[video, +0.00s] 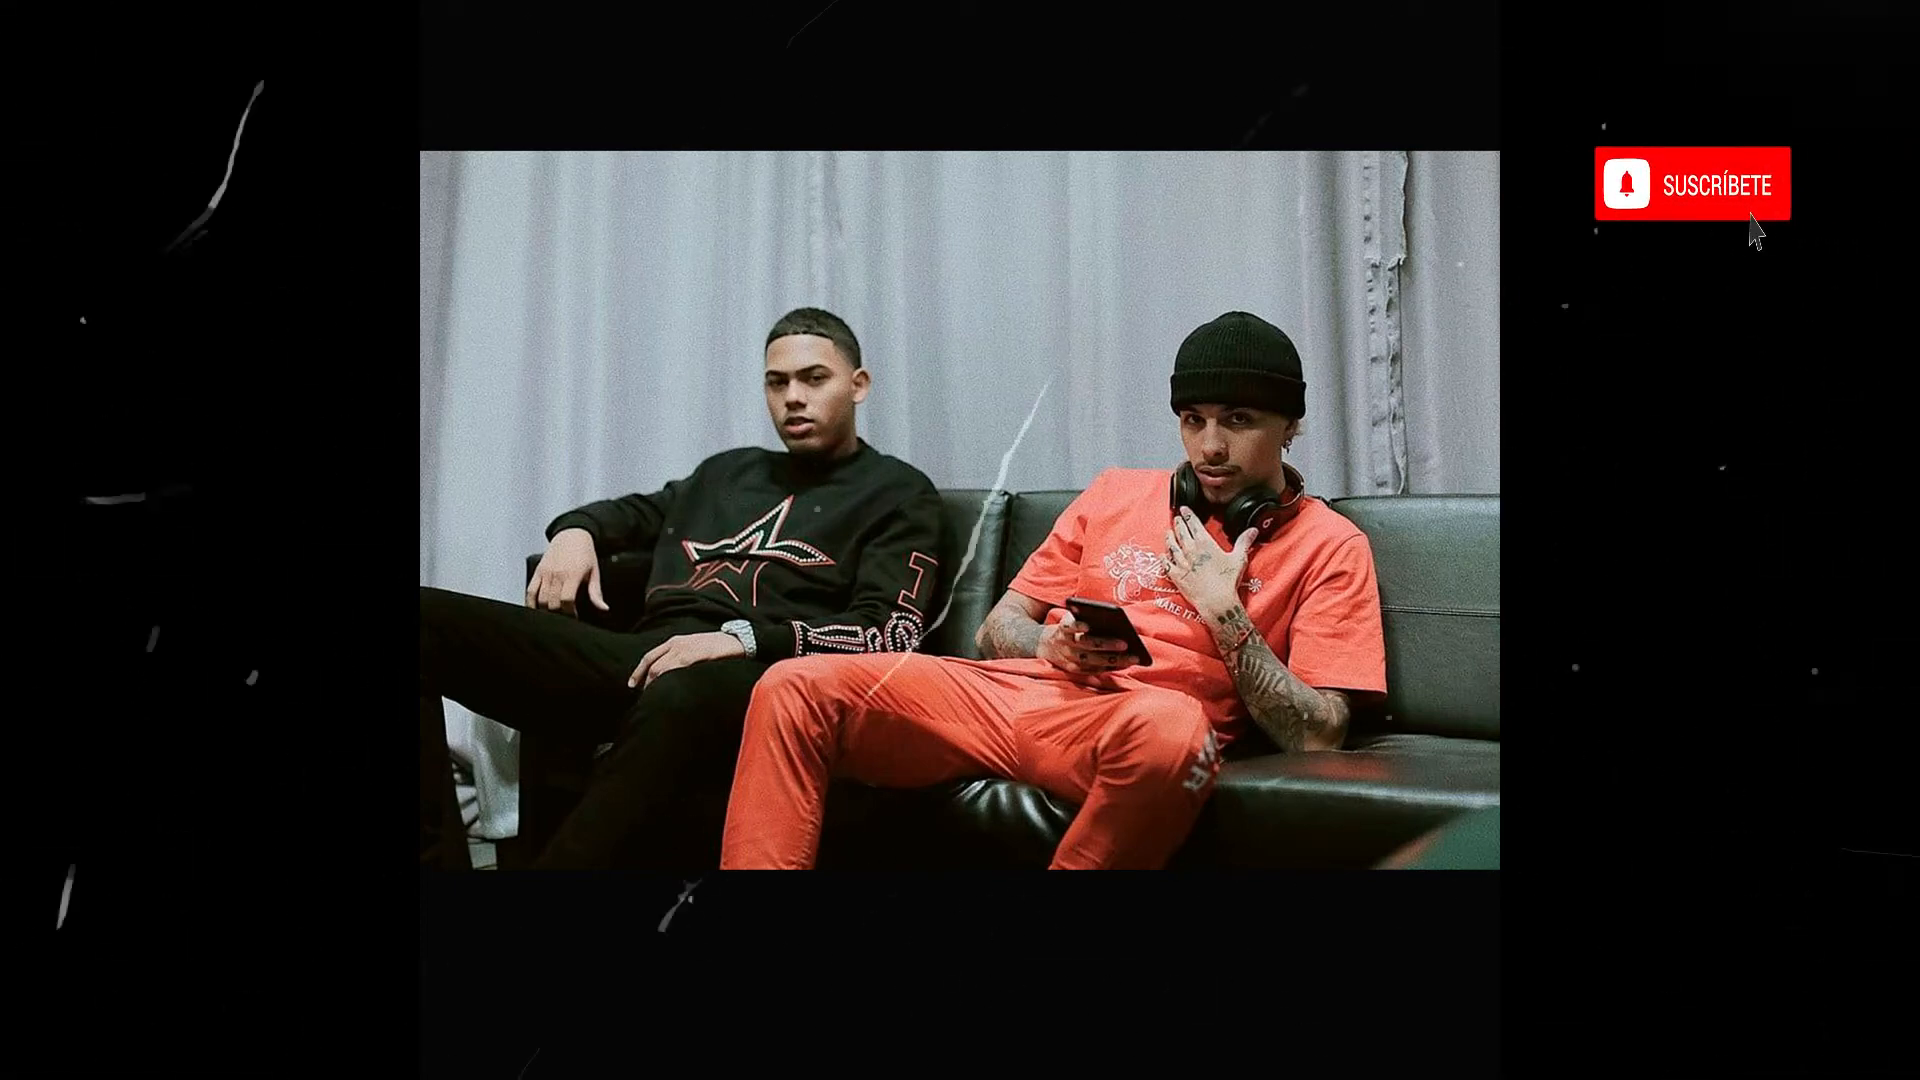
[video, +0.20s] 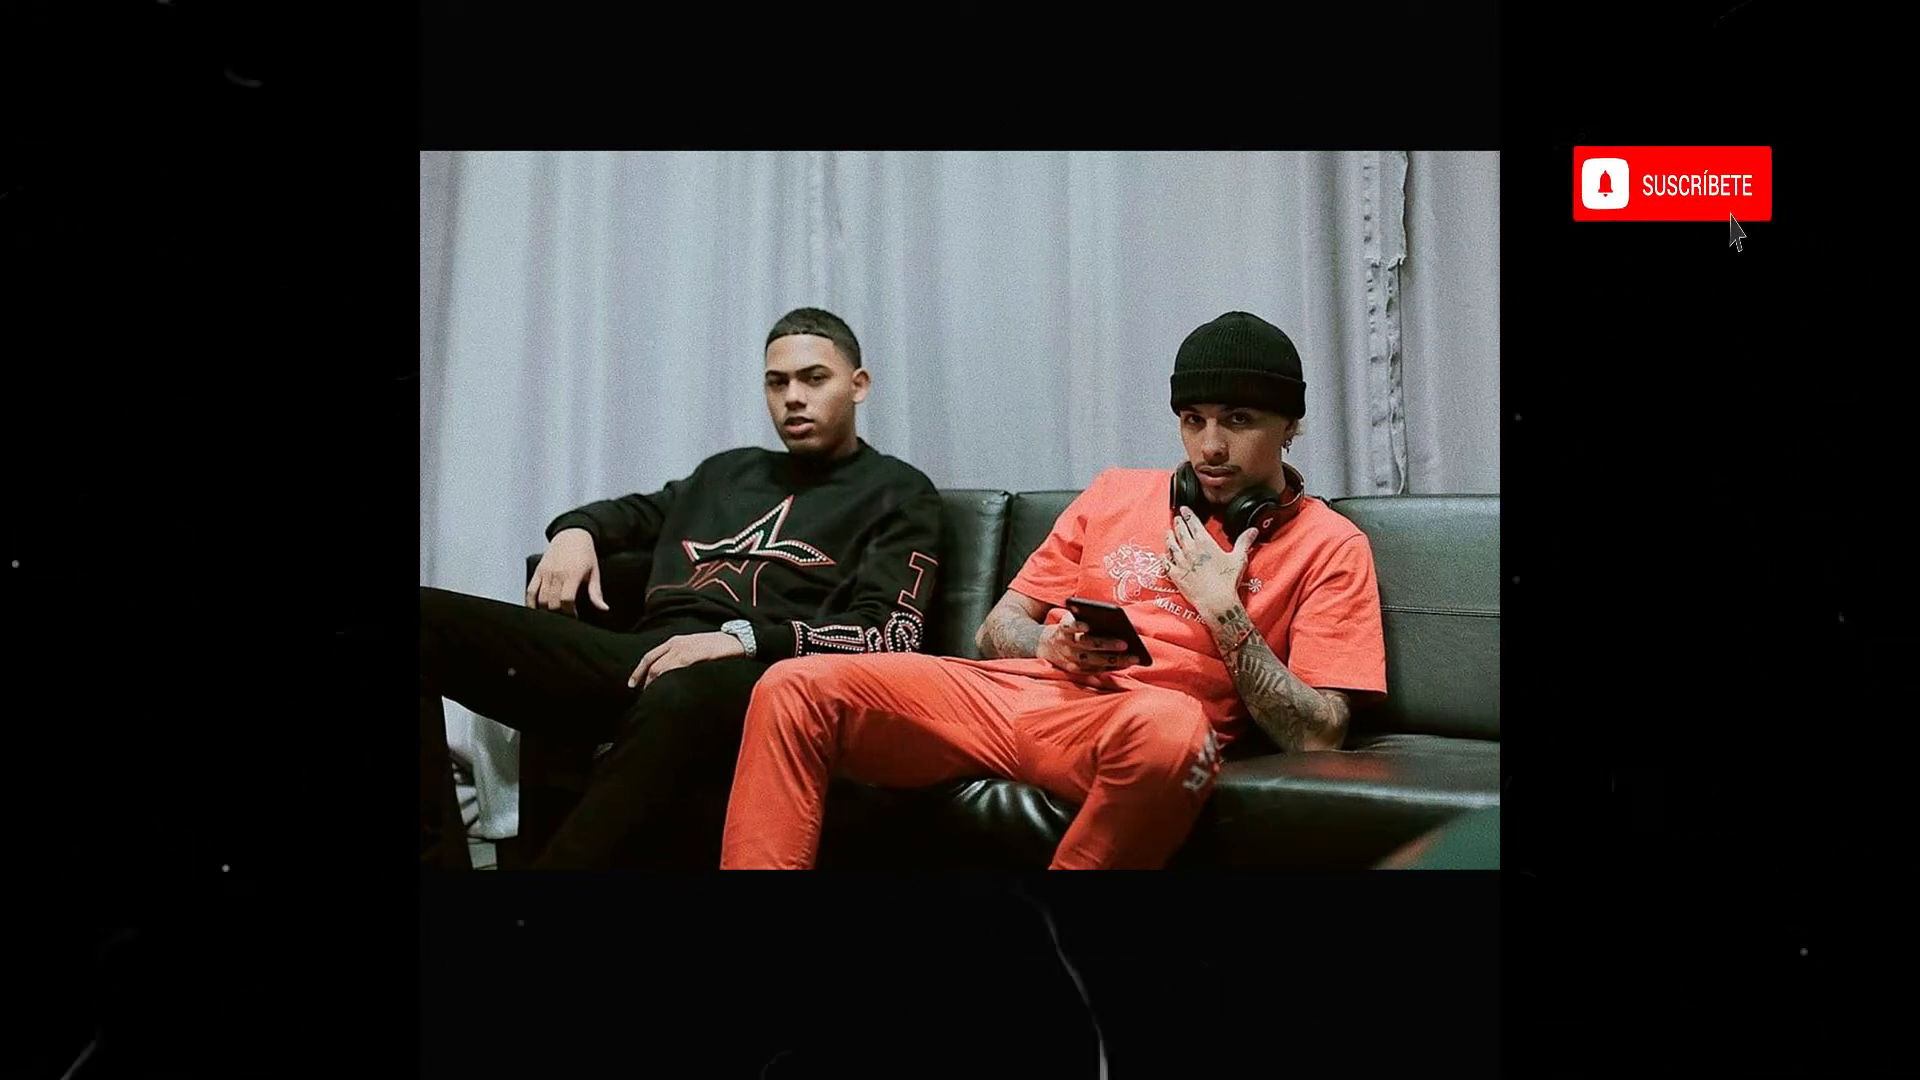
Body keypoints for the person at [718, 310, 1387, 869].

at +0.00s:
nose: (1210, 446)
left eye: (1238, 421)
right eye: (1195, 419)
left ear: (1289, 428)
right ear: (1178, 422)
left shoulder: (1328, 546)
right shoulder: (1117, 493)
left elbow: (1318, 735)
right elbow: (1000, 625)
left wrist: (1227, 616)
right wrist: (1051, 647)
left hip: (1133, 707)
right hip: (1015, 685)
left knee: (1169, 747)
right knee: (791, 694)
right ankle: (755, 914)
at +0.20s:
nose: (1210, 445)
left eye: (1238, 421)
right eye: (1195, 419)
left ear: (1288, 429)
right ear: (1179, 422)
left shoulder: (1328, 546)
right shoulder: (1117, 493)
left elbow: (1317, 735)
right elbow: (999, 626)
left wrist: (1227, 615)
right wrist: (1051, 647)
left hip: (1132, 708)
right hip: (1013, 685)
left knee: (1171, 745)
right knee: (792, 694)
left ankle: (1048, 956)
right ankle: (756, 950)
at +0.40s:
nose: (1211, 445)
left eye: (1238, 421)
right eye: (1196, 419)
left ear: (1289, 428)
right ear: (1178, 422)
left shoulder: (1328, 545)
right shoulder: (1118, 492)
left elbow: (1318, 736)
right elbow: (1000, 626)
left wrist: (1227, 615)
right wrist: (1050, 646)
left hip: (1132, 708)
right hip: (1013, 685)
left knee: (1169, 747)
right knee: (791, 694)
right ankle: (748, 939)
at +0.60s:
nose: (1211, 445)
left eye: (1238, 421)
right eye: (1195, 419)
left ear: (1288, 429)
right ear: (1179, 421)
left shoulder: (1329, 546)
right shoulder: (1117, 493)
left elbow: (1318, 736)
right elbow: (999, 627)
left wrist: (1227, 615)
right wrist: (1052, 646)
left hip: (1133, 707)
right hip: (1014, 685)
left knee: (1169, 745)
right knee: (791, 694)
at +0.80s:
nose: (1210, 446)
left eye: (1238, 421)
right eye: (1195, 419)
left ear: (1289, 428)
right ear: (1178, 422)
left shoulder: (1328, 546)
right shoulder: (1117, 493)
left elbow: (1318, 735)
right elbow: (1000, 626)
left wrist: (1227, 615)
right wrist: (1051, 647)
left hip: (1133, 707)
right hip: (1013, 685)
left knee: (1170, 747)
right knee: (791, 694)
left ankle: (1042, 943)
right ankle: (761, 931)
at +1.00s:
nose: (1211, 445)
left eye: (1238, 421)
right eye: (1195, 419)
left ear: (1288, 429)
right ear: (1179, 421)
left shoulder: (1329, 546)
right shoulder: (1117, 493)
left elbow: (1318, 736)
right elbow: (999, 627)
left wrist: (1227, 615)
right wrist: (1052, 646)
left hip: (1132, 707)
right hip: (1013, 685)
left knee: (1170, 746)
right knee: (791, 694)